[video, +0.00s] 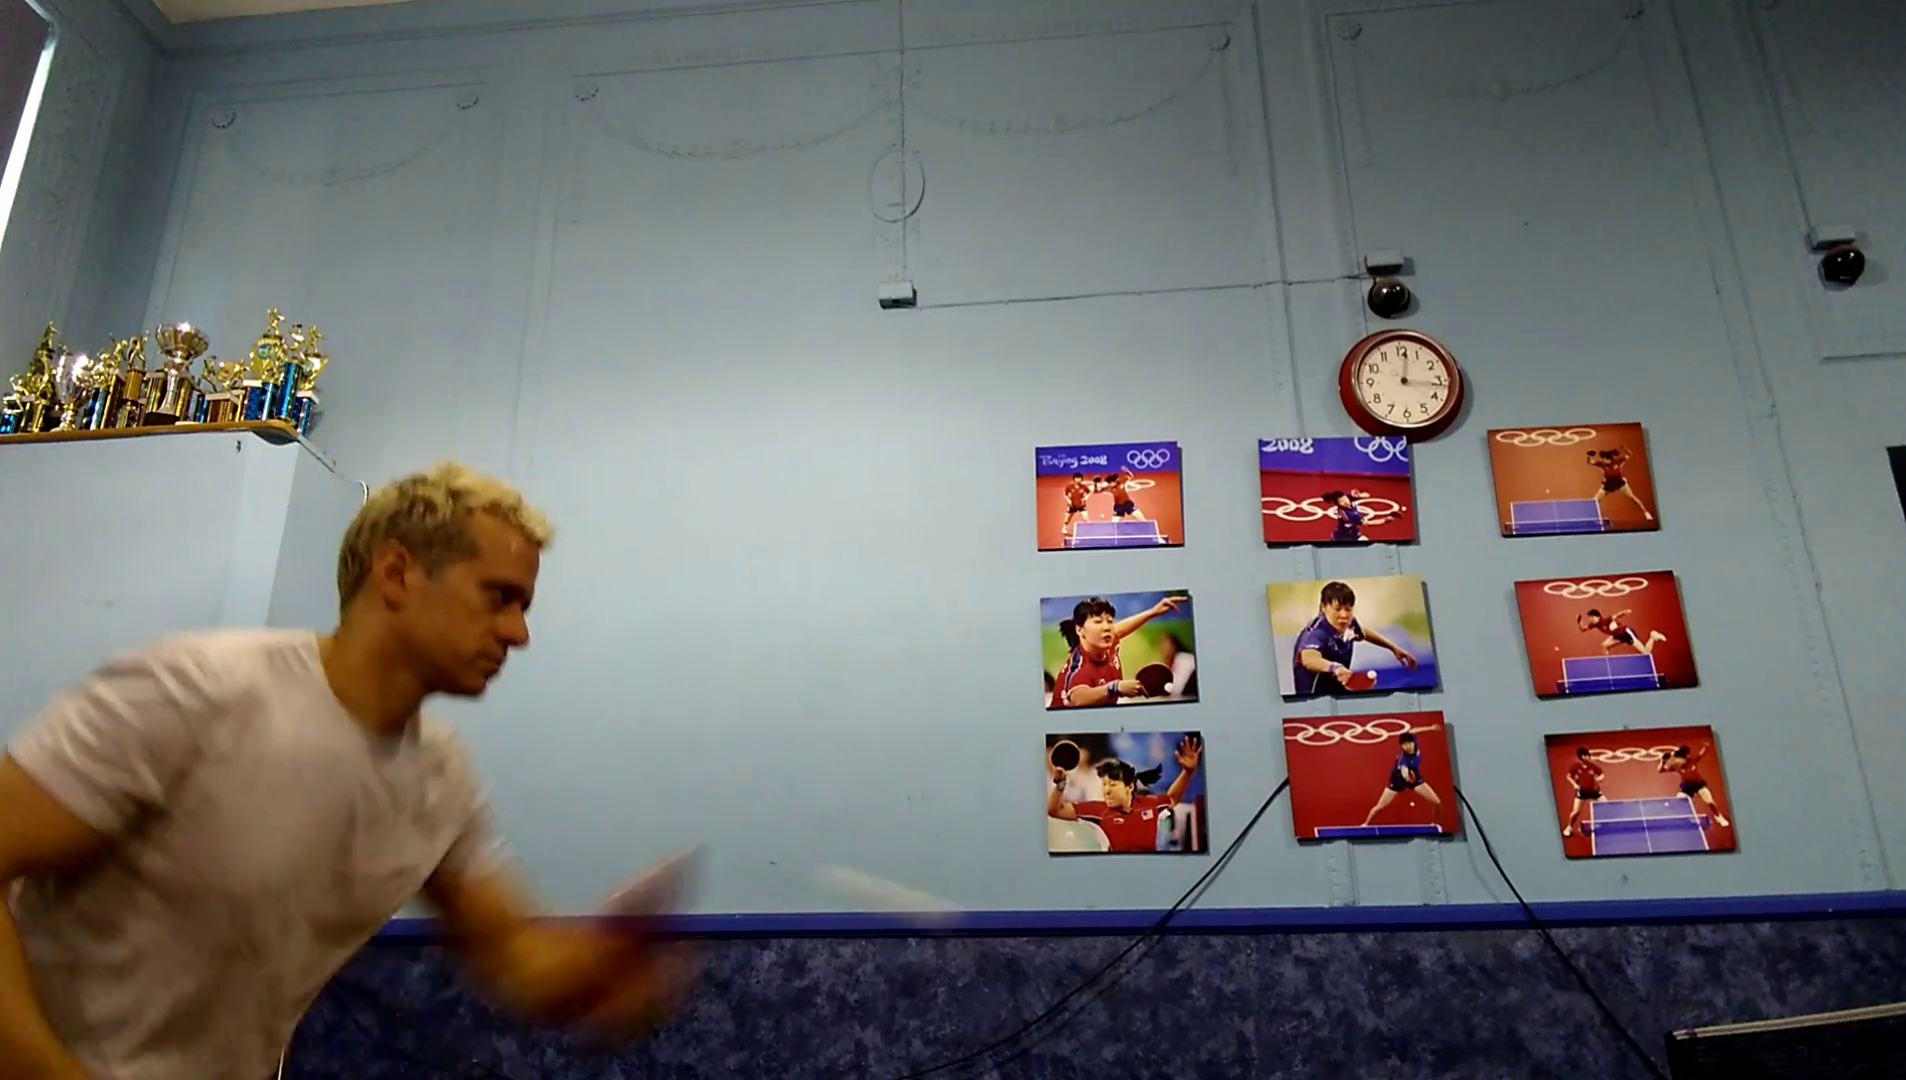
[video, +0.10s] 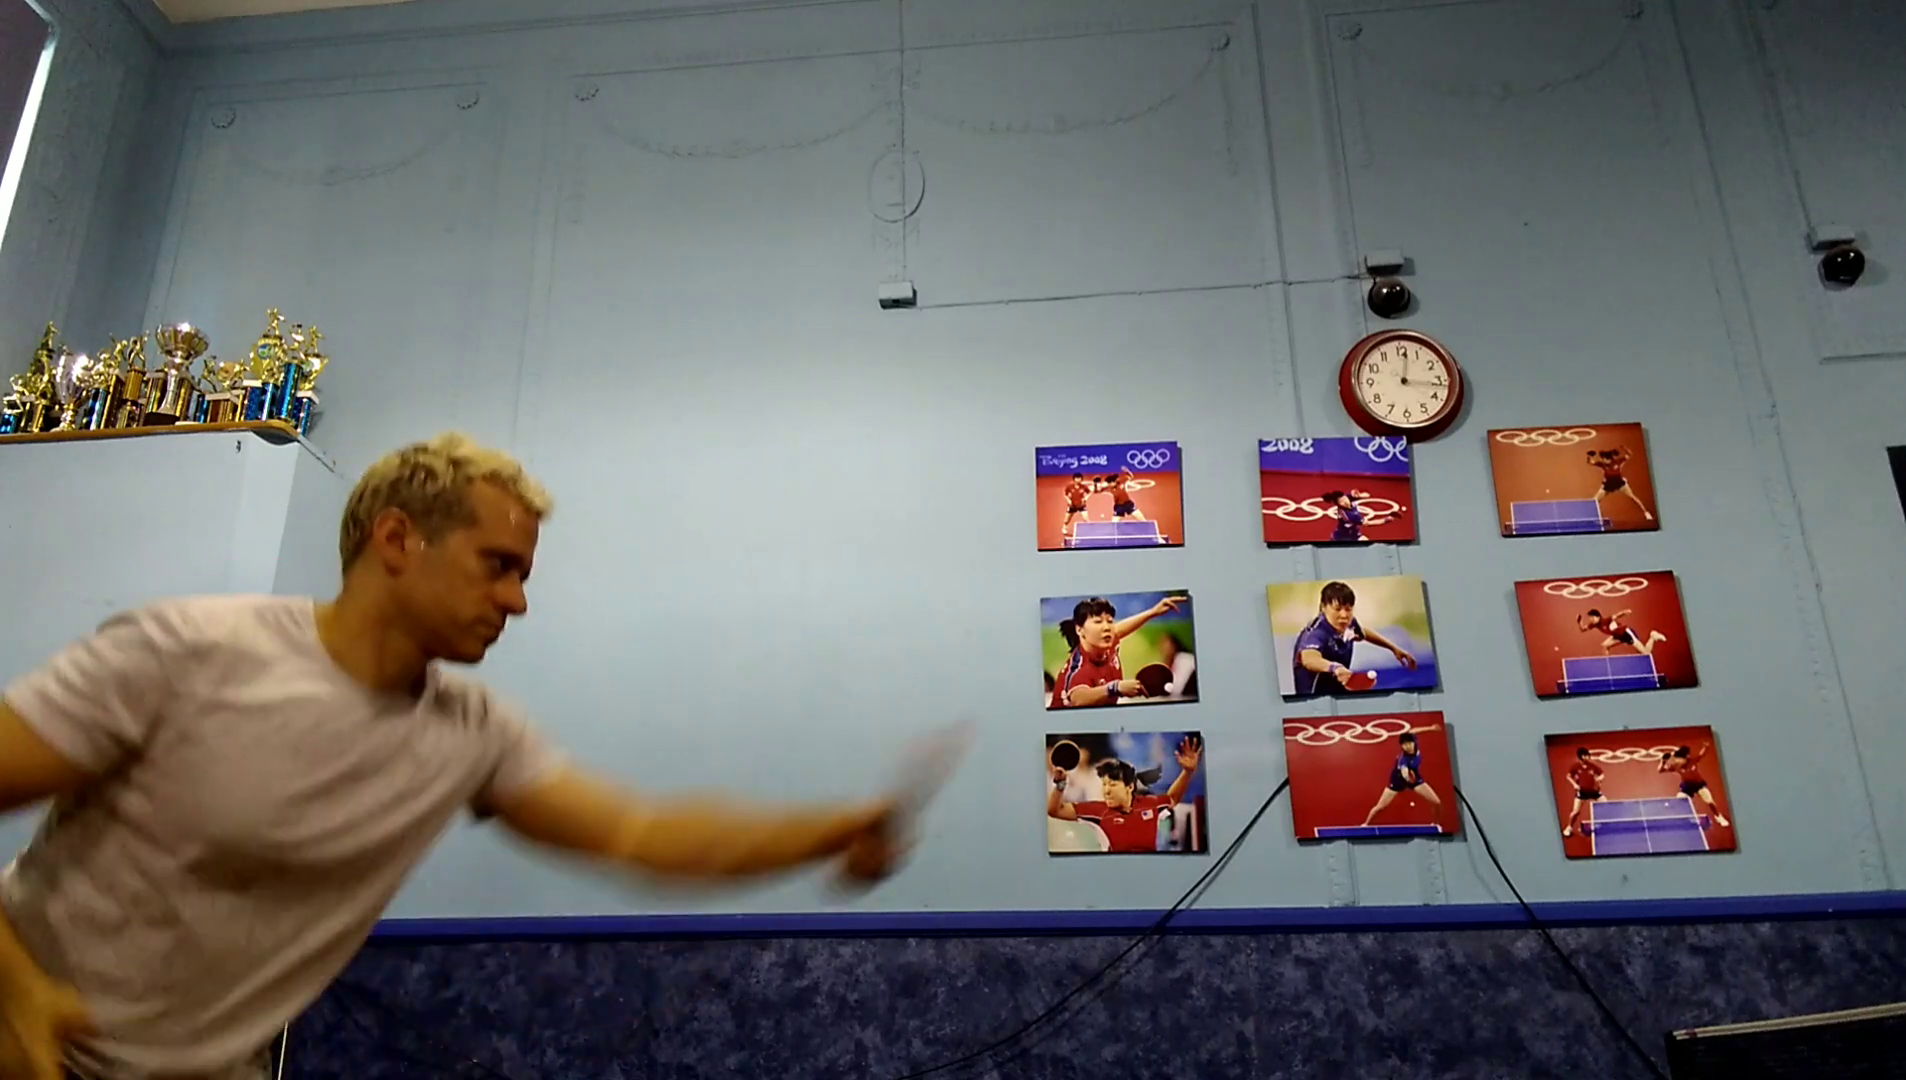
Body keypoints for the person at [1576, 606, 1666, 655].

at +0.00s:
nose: (1591, 620)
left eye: (1592, 618)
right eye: (1590, 619)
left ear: (1597, 617)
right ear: (1592, 619)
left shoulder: (1607, 620)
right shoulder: (1594, 625)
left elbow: (1617, 615)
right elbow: (1583, 630)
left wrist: (1626, 612)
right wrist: (1579, 623)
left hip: (1627, 633)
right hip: (1617, 636)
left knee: (1645, 652)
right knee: (1604, 645)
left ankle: (1653, 636)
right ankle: (1608, 667)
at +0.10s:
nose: (1590, 620)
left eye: (1591, 618)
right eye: (1590, 618)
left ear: (1597, 617)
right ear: (1593, 618)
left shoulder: (1607, 620)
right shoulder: (1594, 624)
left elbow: (1617, 615)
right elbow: (1583, 630)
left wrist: (1626, 612)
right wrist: (1579, 623)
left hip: (1627, 634)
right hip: (1618, 636)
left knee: (1645, 652)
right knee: (1604, 645)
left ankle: (1653, 636)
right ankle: (1608, 667)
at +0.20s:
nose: (1591, 620)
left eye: (1591, 618)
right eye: (1590, 619)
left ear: (1597, 617)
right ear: (1593, 618)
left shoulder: (1607, 620)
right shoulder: (1595, 625)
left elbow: (1617, 615)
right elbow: (1583, 630)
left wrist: (1625, 612)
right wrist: (1579, 623)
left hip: (1627, 634)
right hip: (1618, 637)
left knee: (1646, 652)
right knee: (1604, 645)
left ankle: (1653, 636)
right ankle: (1608, 667)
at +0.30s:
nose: (1591, 620)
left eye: (1591, 618)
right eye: (1590, 619)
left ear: (1597, 617)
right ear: (1593, 618)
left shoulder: (1607, 620)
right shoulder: (1595, 625)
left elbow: (1617, 615)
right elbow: (1584, 630)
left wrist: (1625, 612)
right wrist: (1579, 623)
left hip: (1627, 634)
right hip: (1618, 637)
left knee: (1646, 652)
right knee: (1604, 645)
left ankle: (1653, 636)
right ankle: (1608, 667)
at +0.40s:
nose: (1591, 620)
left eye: (1591, 618)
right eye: (1590, 619)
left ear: (1597, 617)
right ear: (1593, 618)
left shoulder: (1607, 620)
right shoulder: (1595, 625)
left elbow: (1617, 615)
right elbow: (1584, 630)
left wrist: (1625, 612)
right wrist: (1579, 623)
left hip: (1627, 634)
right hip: (1618, 637)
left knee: (1646, 652)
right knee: (1604, 645)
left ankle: (1653, 636)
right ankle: (1608, 667)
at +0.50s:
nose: (1591, 620)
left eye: (1591, 618)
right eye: (1590, 619)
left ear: (1597, 617)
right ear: (1593, 618)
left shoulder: (1607, 620)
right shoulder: (1594, 624)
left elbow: (1617, 615)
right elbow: (1583, 630)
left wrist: (1626, 612)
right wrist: (1579, 623)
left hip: (1627, 634)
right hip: (1617, 636)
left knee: (1646, 652)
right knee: (1604, 645)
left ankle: (1653, 636)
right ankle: (1608, 667)